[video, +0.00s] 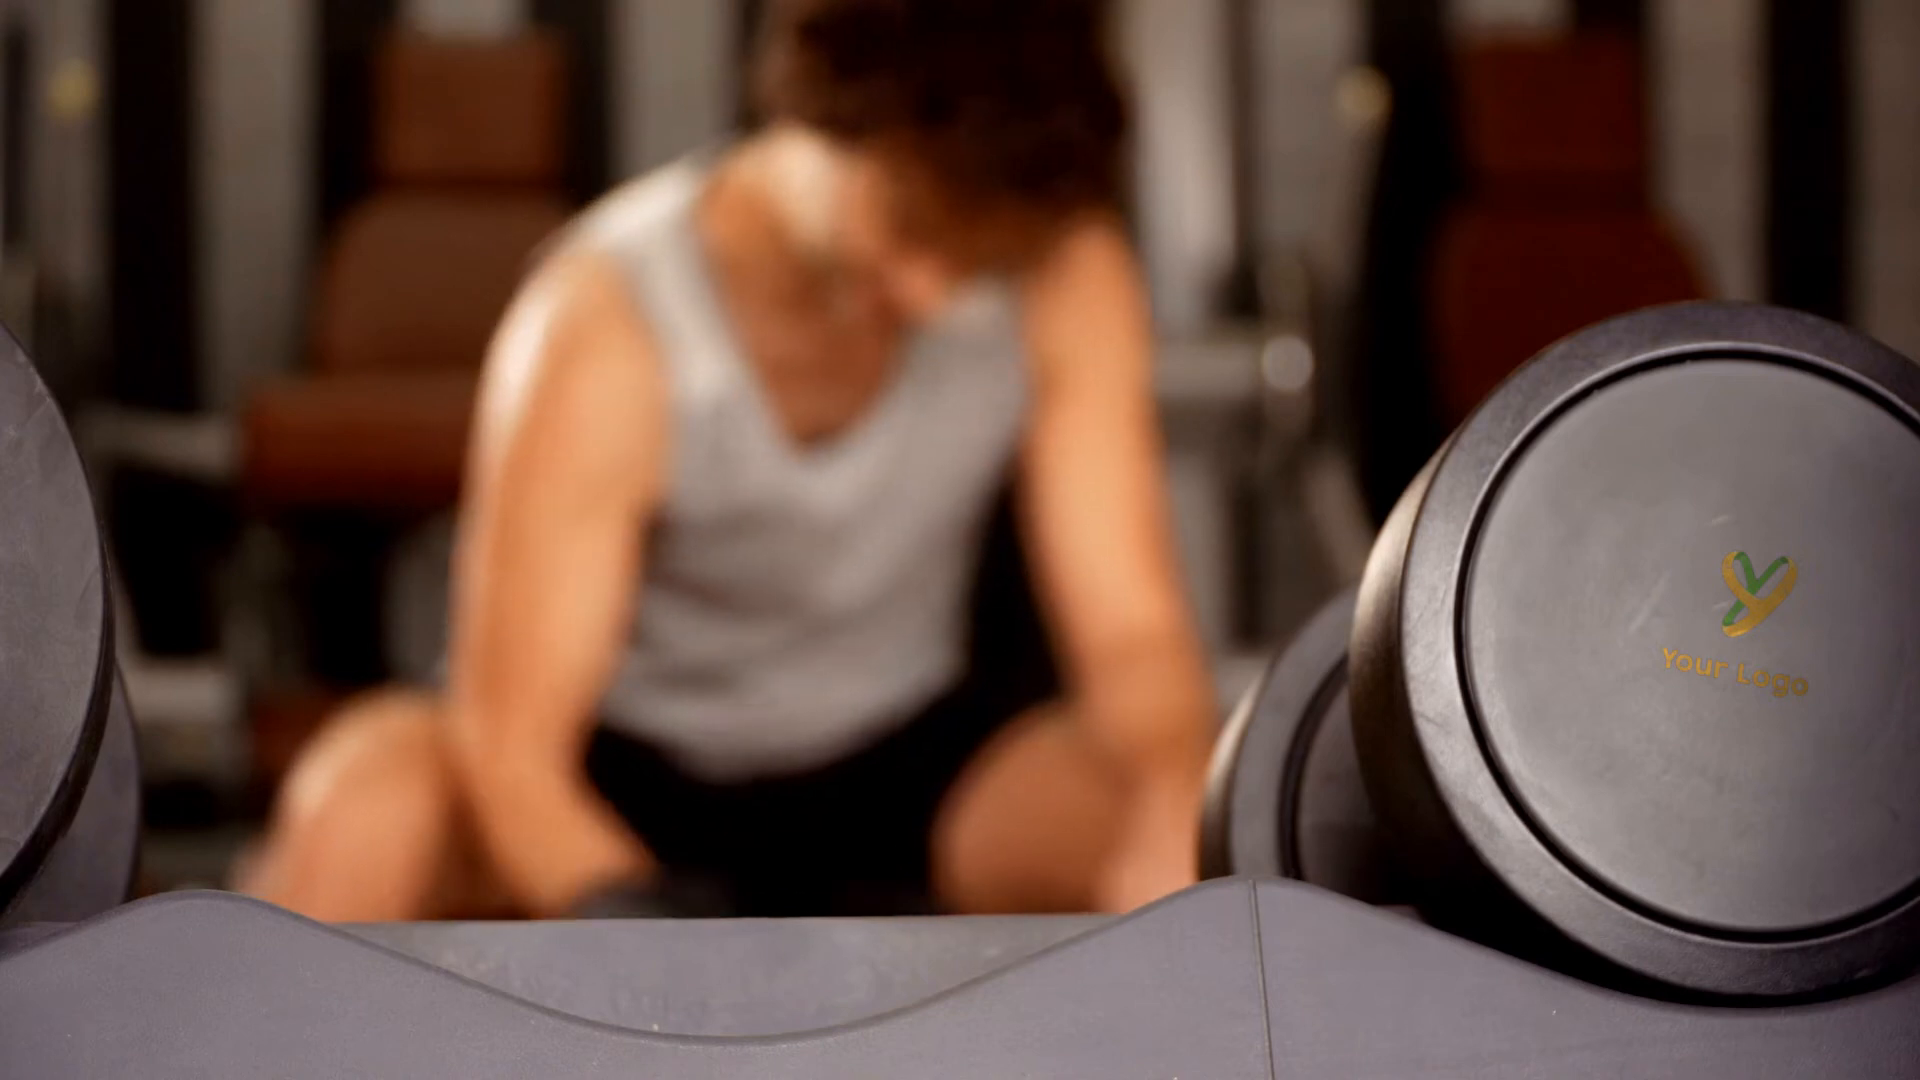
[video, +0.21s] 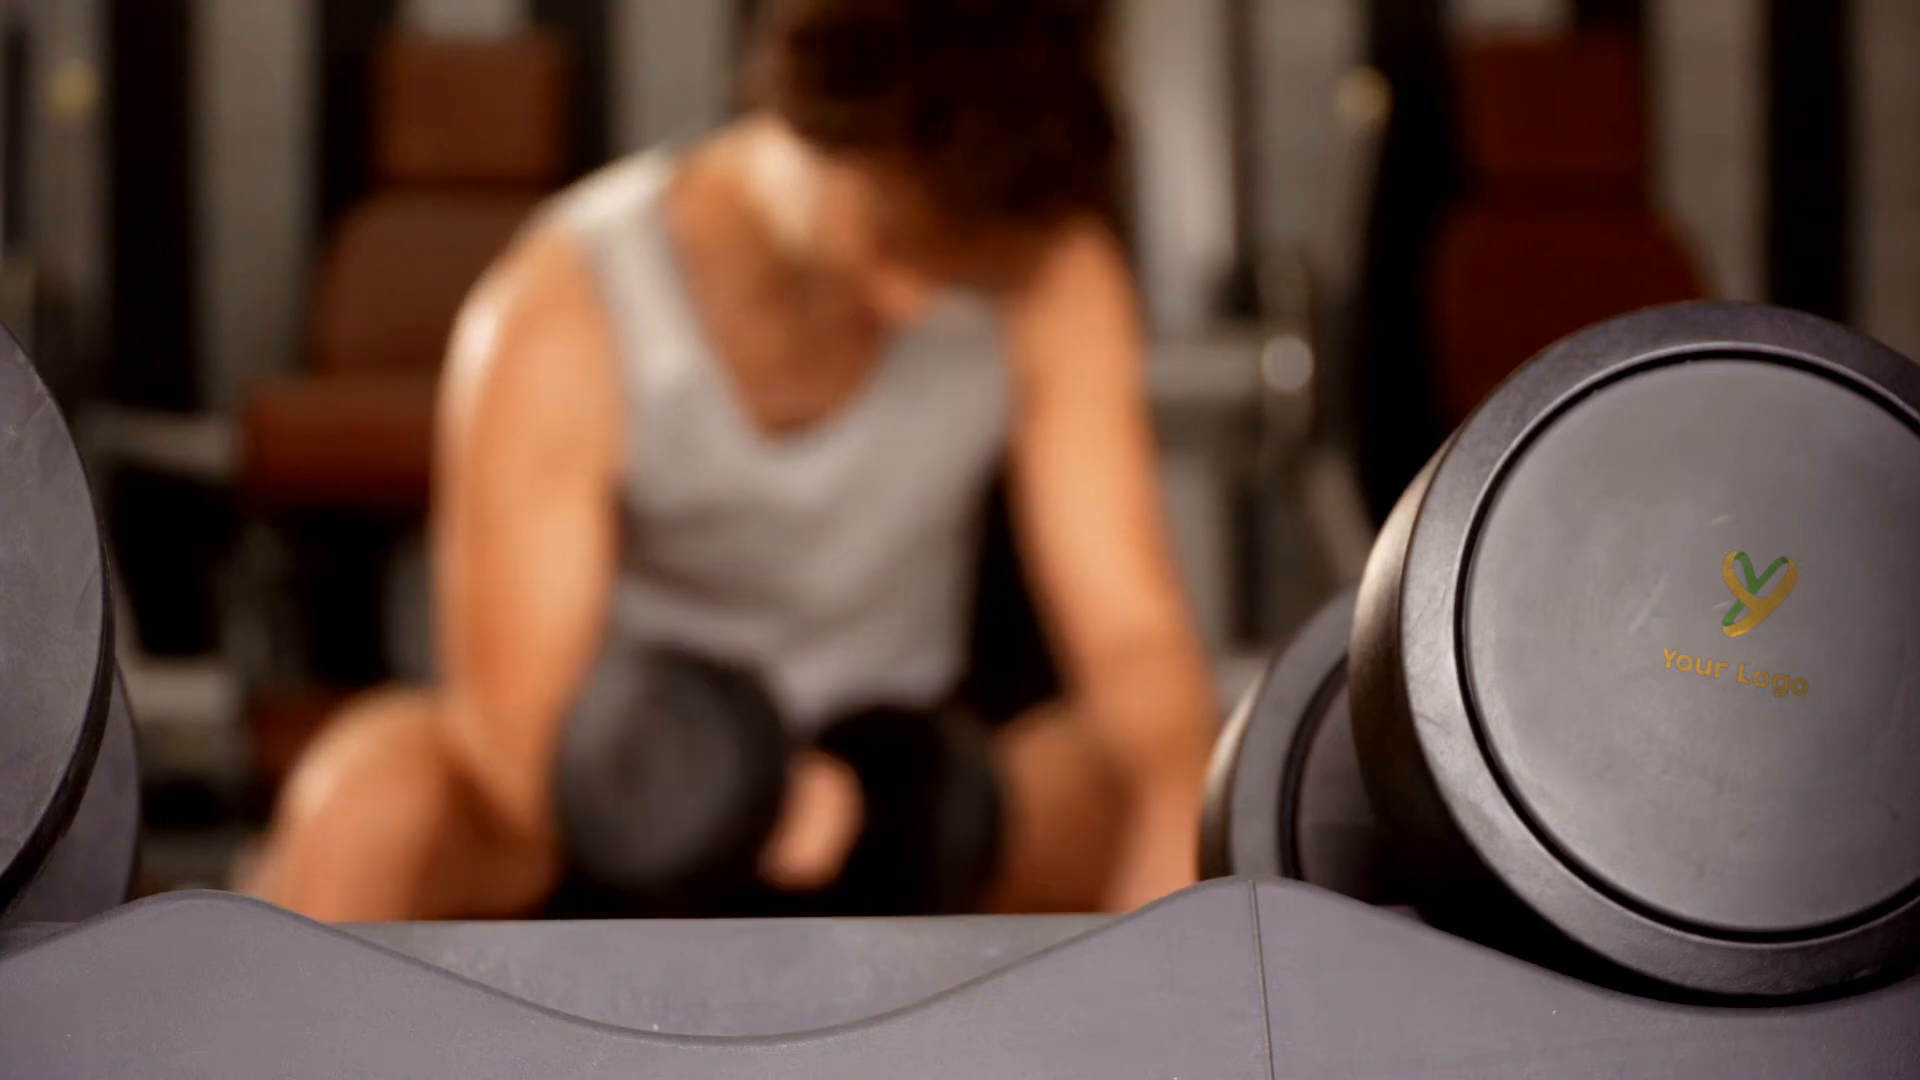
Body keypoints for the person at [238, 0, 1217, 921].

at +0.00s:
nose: (929, 298)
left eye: (980, 262)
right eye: (904, 241)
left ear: (1041, 219)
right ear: (826, 134)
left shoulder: (1057, 260)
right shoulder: (602, 316)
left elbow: (1133, 643)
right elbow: (511, 755)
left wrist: (1172, 839)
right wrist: (674, 956)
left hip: (902, 777)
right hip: (628, 790)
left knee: (1190, 806)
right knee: (367, 784)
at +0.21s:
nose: (913, 307)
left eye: (963, 269)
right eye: (888, 251)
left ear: (1029, 226)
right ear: (801, 136)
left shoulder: (1044, 263)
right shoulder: (558, 311)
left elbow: (1135, 645)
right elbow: (518, 749)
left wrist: (1172, 852)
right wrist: (840, 811)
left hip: (900, 807)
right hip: (610, 808)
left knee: (1192, 775)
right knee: (371, 779)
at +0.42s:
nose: (895, 306)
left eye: (939, 267)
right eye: (872, 250)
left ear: (995, 215)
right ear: (782, 143)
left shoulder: (1020, 264)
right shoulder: (505, 316)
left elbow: (1126, 644)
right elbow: (521, 756)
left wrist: (1171, 877)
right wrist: (733, 725)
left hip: (894, 780)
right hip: (593, 794)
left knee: (1174, 806)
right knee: (359, 792)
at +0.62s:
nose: (866, 302)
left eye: (911, 264)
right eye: (844, 245)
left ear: (968, 213)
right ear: (751, 146)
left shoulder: (1003, 262)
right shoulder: (483, 321)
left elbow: (1117, 637)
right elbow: (506, 759)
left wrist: (1176, 870)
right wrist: (736, 659)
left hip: (904, 783)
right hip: (599, 803)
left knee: (1169, 814)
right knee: (348, 796)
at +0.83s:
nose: (873, 294)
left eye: (919, 256)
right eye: (848, 235)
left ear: (976, 204)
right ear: (759, 144)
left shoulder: (1007, 260)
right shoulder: (499, 322)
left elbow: (1119, 637)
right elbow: (512, 767)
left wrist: (1177, 870)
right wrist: (727, 637)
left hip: (899, 781)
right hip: (600, 799)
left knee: (1169, 812)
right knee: (355, 798)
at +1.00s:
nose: (884, 277)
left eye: (930, 239)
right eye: (859, 223)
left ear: (984, 185)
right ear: (772, 128)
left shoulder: (1019, 259)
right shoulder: (518, 316)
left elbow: (1122, 629)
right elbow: (511, 752)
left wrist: (1183, 834)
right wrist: (751, 718)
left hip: (888, 783)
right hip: (593, 798)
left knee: (1184, 807)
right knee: (358, 797)